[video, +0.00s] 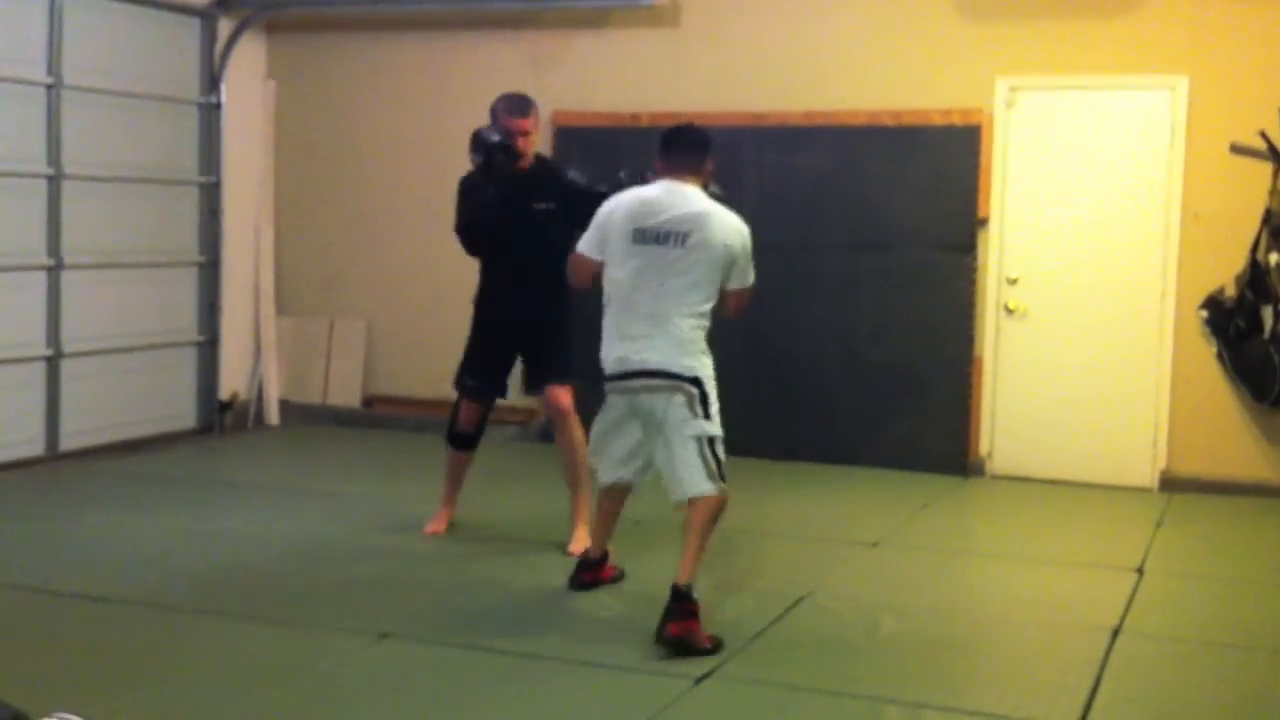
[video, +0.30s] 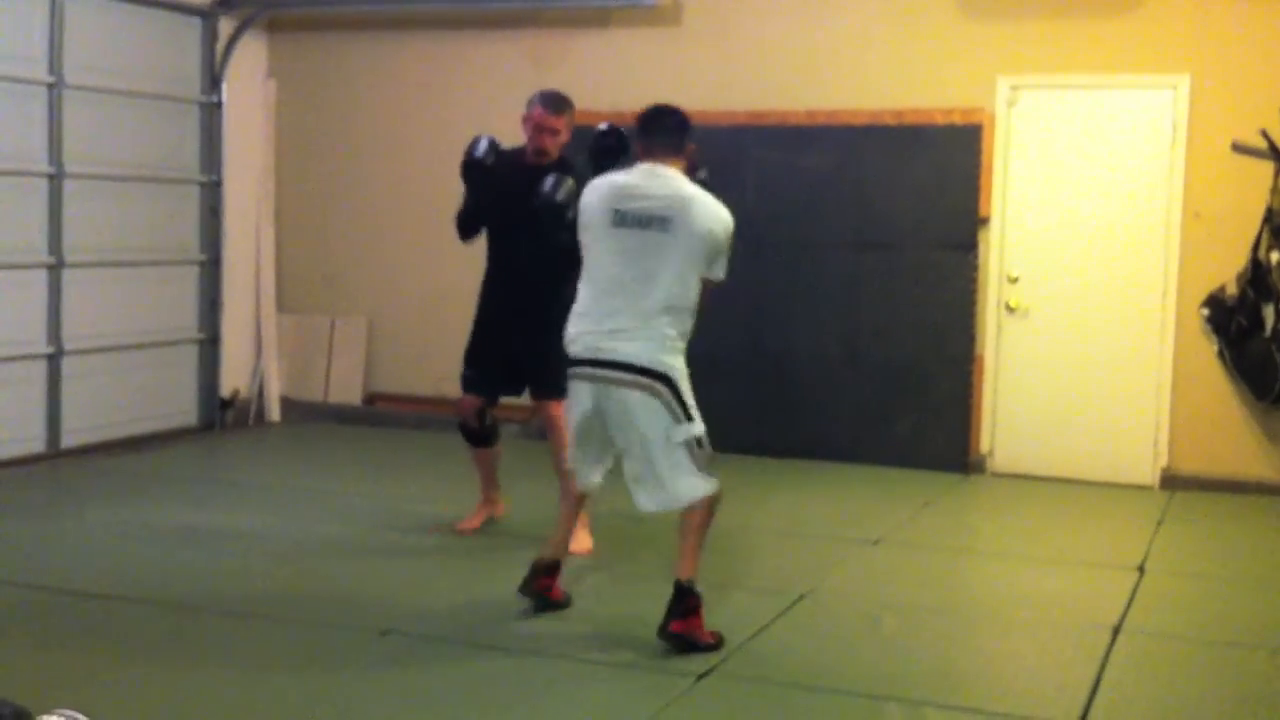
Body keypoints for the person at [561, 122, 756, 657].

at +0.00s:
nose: (706, 175)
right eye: (709, 168)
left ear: (658, 163)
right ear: (706, 169)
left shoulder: (618, 207)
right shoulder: (728, 226)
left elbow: (581, 274)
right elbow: (734, 305)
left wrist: (632, 273)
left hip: (622, 365)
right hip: (683, 368)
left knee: (616, 469)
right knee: (708, 487)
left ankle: (593, 560)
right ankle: (681, 604)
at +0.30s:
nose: (682, 158)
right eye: (686, 151)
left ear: (636, 145)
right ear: (688, 152)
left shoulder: (594, 192)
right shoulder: (710, 214)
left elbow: (595, 261)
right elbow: (703, 291)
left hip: (585, 359)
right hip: (652, 369)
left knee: (583, 470)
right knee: (700, 487)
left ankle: (546, 569)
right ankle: (683, 607)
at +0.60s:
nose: (671, 167)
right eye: (678, 158)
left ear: (626, 153)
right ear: (681, 161)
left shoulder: (577, 204)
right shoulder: (701, 223)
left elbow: (546, 287)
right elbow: (692, 305)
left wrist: (607, 279)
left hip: (574, 368)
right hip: (643, 371)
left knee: (565, 488)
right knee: (659, 508)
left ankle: (536, 588)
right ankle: (660, 653)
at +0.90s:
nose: (570, 159)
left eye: (567, 151)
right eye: (570, 151)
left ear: (574, 149)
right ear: (630, 137)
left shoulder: (558, 210)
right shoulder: (682, 191)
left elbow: (577, 278)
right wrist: (649, 164)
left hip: (575, 367)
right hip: (646, 369)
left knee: (556, 485)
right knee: (684, 502)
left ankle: (526, 598)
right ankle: (673, 646)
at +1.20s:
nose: (660, 162)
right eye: (665, 155)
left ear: (611, 144)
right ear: (664, 157)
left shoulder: (562, 186)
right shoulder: (682, 226)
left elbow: (539, 241)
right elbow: (666, 293)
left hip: (552, 373)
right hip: (623, 380)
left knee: (549, 493)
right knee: (664, 514)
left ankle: (523, 600)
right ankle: (662, 660)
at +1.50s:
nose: (663, 165)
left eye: (636, 150)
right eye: (677, 158)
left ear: (621, 148)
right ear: (681, 160)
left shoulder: (568, 190)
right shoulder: (692, 230)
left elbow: (548, 266)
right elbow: (668, 297)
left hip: (526, 372)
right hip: (597, 387)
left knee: (544, 493)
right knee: (661, 513)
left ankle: (519, 604)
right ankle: (657, 660)